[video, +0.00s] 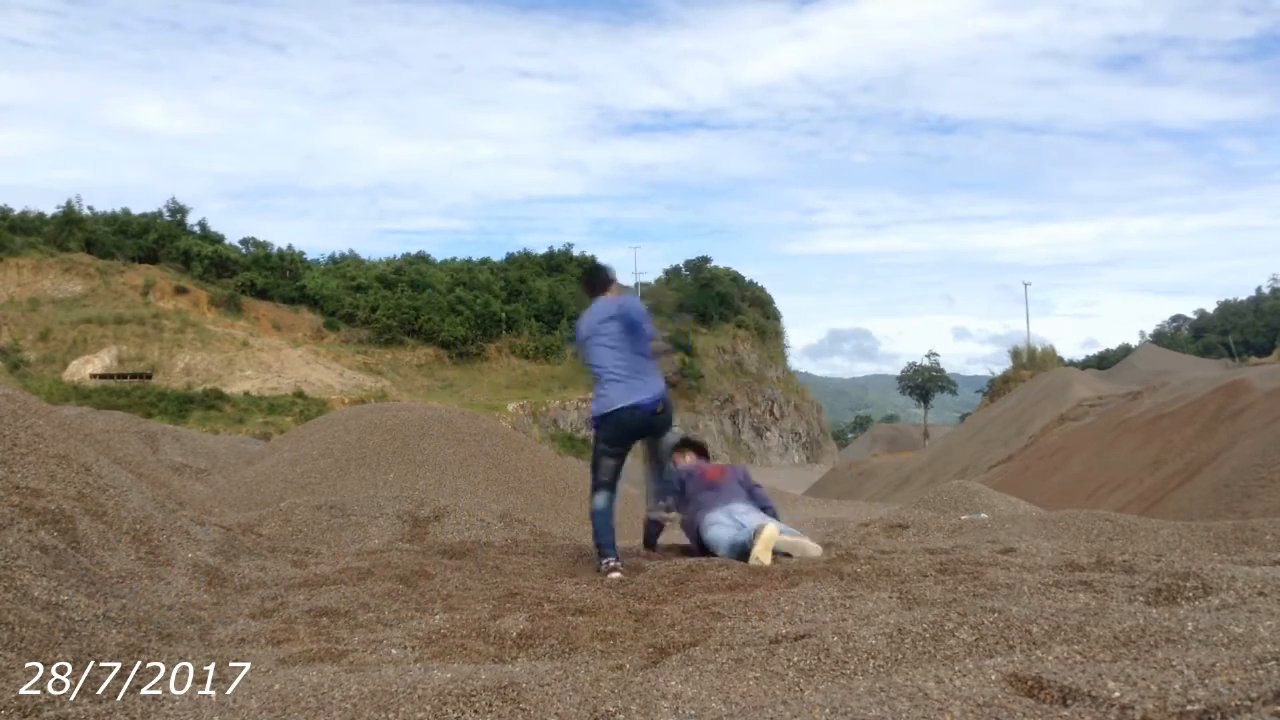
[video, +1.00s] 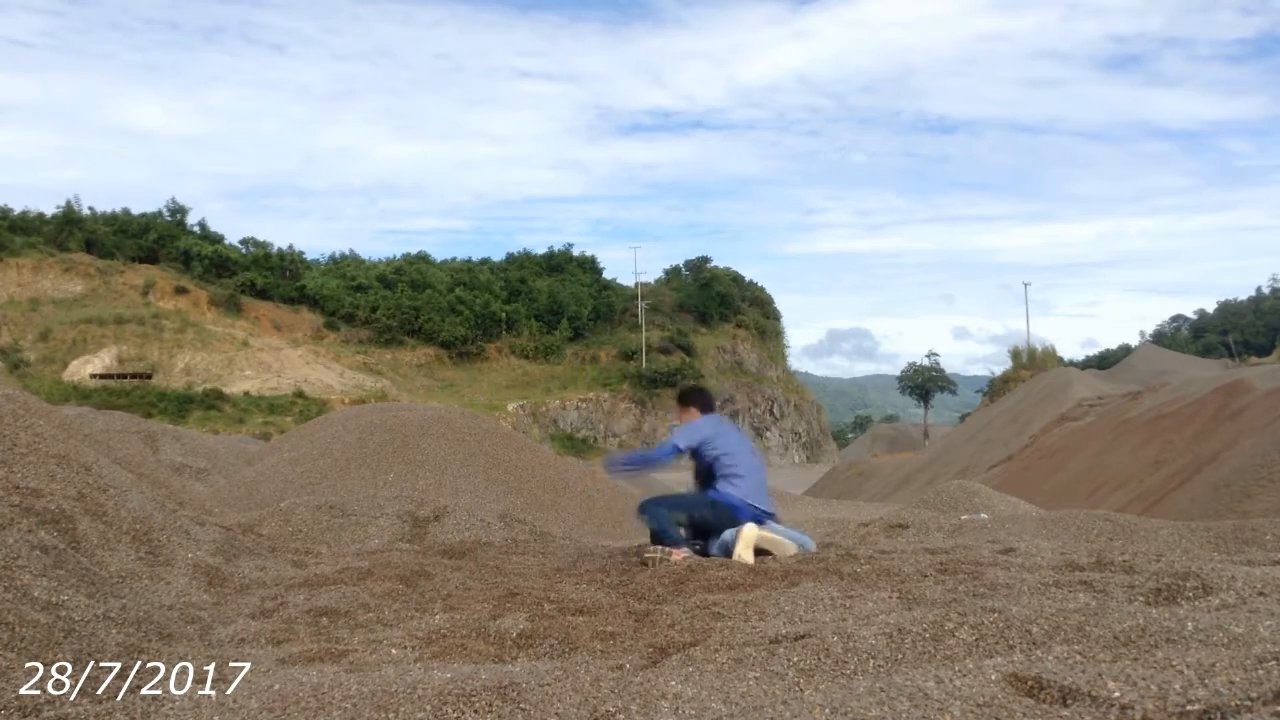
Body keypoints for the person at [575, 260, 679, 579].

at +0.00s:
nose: (618, 289)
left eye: (613, 286)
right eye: (616, 284)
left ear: (588, 291)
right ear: (612, 284)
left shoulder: (583, 323)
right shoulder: (630, 304)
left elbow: (589, 360)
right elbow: (650, 340)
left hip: (613, 412)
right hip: (652, 404)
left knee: (603, 488)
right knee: (659, 445)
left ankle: (608, 557)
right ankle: (661, 505)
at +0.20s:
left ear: (641, 314)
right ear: (666, 321)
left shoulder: (624, 326)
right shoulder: (674, 341)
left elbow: (600, 348)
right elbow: (702, 371)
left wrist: (577, 364)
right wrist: (722, 397)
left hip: (611, 408)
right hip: (651, 414)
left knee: (597, 483)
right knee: (656, 482)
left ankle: (595, 548)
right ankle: (656, 546)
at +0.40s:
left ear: (623, 332)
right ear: (644, 338)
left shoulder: (624, 338)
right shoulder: (658, 361)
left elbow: (617, 333)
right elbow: (677, 414)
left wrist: (614, 345)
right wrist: (689, 465)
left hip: (627, 407)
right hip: (662, 415)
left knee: (590, 469)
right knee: (647, 476)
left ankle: (590, 539)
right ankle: (661, 544)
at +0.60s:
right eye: (659, 329)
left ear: (637, 336)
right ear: (660, 329)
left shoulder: (632, 365)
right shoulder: (669, 338)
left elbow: (624, 414)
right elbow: (694, 311)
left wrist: (628, 453)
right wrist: (714, 310)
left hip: (649, 448)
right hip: (684, 442)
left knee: (608, 510)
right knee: (682, 489)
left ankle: (595, 560)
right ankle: (693, 541)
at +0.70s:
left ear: (662, 388)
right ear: (690, 386)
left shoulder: (660, 408)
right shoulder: (708, 410)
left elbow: (619, 435)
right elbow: (718, 453)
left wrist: (593, 467)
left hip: (674, 489)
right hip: (709, 493)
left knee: (608, 526)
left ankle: (600, 561)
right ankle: (691, 543)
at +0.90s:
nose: (674, 421)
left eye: (674, 417)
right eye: (674, 418)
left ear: (678, 412)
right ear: (699, 410)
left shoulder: (683, 420)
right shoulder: (721, 429)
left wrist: (688, 473)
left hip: (709, 493)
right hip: (734, 505)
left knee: (629, 501)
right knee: (691, 540)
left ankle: (658, 542)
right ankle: (737, 537)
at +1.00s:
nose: (678, 419)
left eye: (680, 412)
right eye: (679, 413)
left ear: (693, 411)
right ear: (708, 409)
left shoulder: (702, 426)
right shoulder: (731, 430)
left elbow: (659, 456)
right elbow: (709, 482)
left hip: (731, 504)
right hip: (759, 511)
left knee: (651, 507)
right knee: (692, 537)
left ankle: (678, 547)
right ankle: (746, 537)